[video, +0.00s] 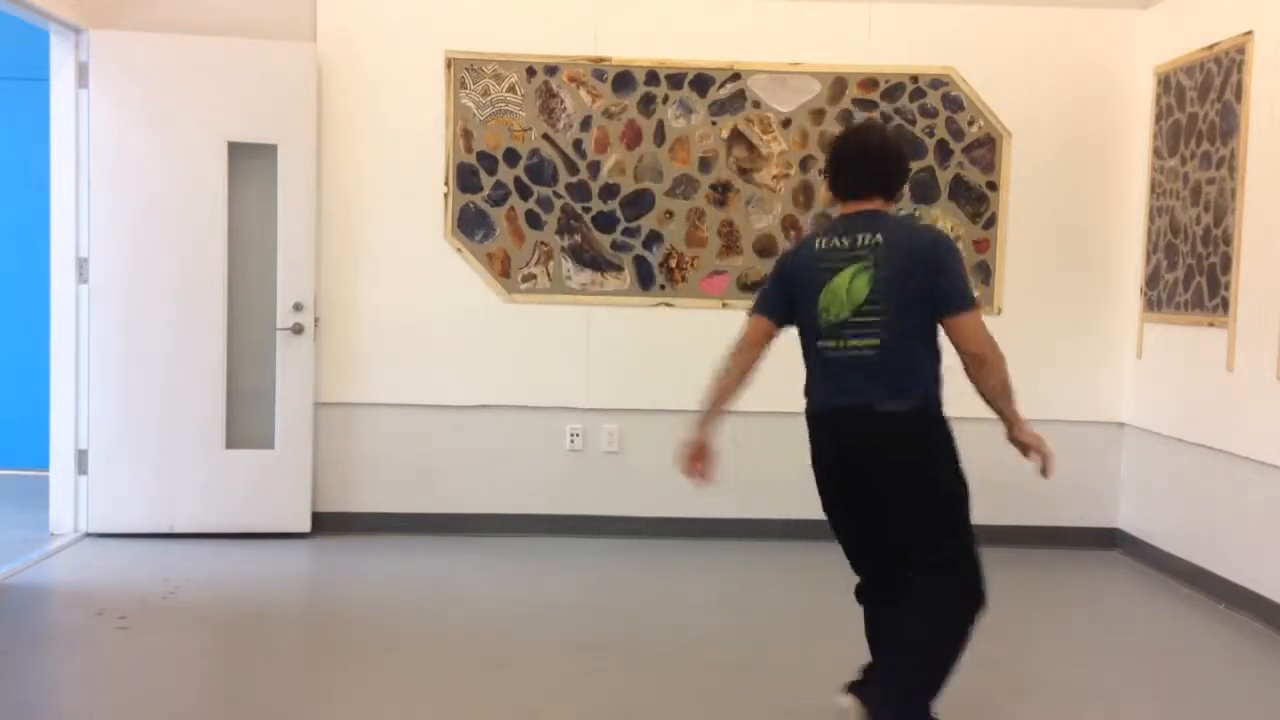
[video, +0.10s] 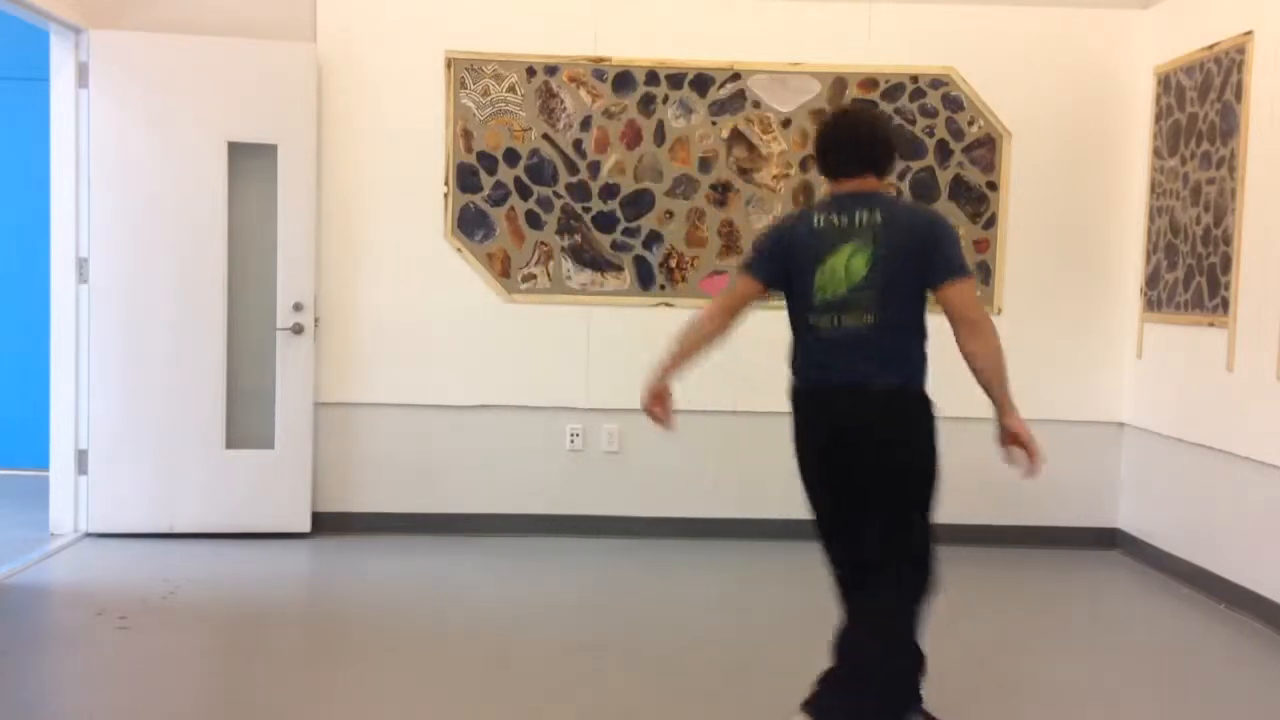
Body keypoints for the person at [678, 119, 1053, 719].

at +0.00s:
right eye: (898, 173)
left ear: (832, 182)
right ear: (898, 180)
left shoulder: (802, 256)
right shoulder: (928, 248)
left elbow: (749, 347)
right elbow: (977, 351)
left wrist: (703, 424)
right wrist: (1014, 423)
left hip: (834, 442)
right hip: (909, 438)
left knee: (880, 575)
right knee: (955, 583)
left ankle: (894, 697)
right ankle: (890, 698)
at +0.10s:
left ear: (822, 164)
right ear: (887, 162)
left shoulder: (793, 234)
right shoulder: (922, 228)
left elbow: (724, 309)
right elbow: (970, 322)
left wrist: (664, 372)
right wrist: (1007, 411)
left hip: (819, 421)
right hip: (898, 417)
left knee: (857, 566)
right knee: (904, 564)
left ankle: (896, 698)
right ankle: (845, 701)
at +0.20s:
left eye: (808, 140)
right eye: (877, 140)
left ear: (809, 144)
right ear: (877, 143)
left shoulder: (781, 206)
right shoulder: (912, 204)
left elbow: (707, 293)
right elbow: (952, 301)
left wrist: (633, 339)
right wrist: (970, 402)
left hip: (797, 396)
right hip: (877, 397)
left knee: (808, 536)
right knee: (862, 545)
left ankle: (829, 680)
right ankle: (822, 698)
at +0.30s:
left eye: (793, 153)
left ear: (792, 157)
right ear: (860, 156)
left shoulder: (763, 223)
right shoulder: (897, 229)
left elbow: (690, 316)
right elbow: (930, 330)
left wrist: (628, 344)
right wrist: (933, 431)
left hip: (770, 419)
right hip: (854, 423)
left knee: (759, 562)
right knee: (836, 579)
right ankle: (804, 710)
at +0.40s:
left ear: (771, 178)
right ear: (840, 176)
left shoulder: (740, 248)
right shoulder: (874, 255)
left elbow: (672, 345)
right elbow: (906, 365)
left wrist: (679, 366)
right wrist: (891, 437)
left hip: (743, 441)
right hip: (830, 447)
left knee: (697, 570)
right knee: (823, 600)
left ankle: (630, 697)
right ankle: (798, 714)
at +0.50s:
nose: (741, 169)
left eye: (741, 159)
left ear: (743, 162)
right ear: (810, 159)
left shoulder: (716, 233)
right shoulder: (847, 234)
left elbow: (660, 324)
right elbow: (886, 338)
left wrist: (714, 351)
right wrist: (833, 362)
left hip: (709, 417)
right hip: (791, 424)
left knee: (643, 536)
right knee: (798, 584)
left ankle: (573, 664)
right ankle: (793, 711)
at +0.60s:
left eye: (709, 126)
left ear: (706, 130)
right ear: (776, 127)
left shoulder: (683, 193)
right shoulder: (815, 199)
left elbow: (660, 299)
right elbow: (841, 306)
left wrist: (721, 291)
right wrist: (774, 298)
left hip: (669, 382)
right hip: (753, 393)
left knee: (599, 510)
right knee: (750, 550)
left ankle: (543, 651)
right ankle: (761, 701)